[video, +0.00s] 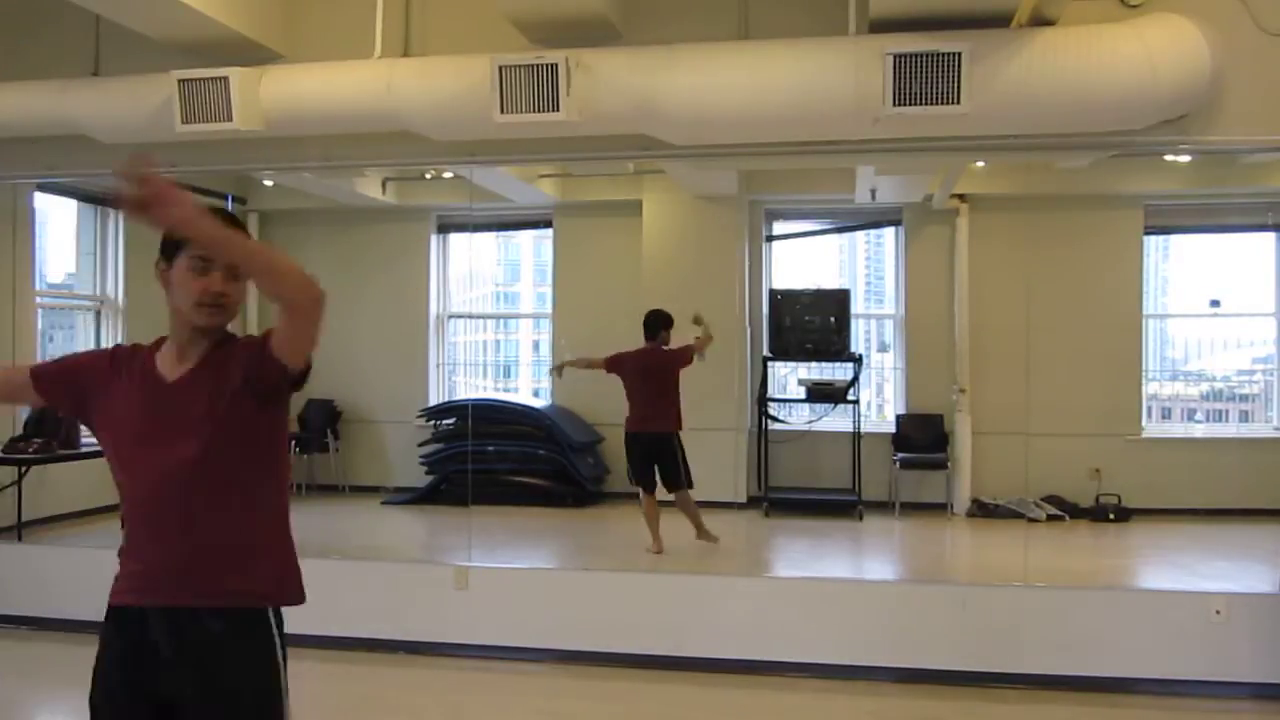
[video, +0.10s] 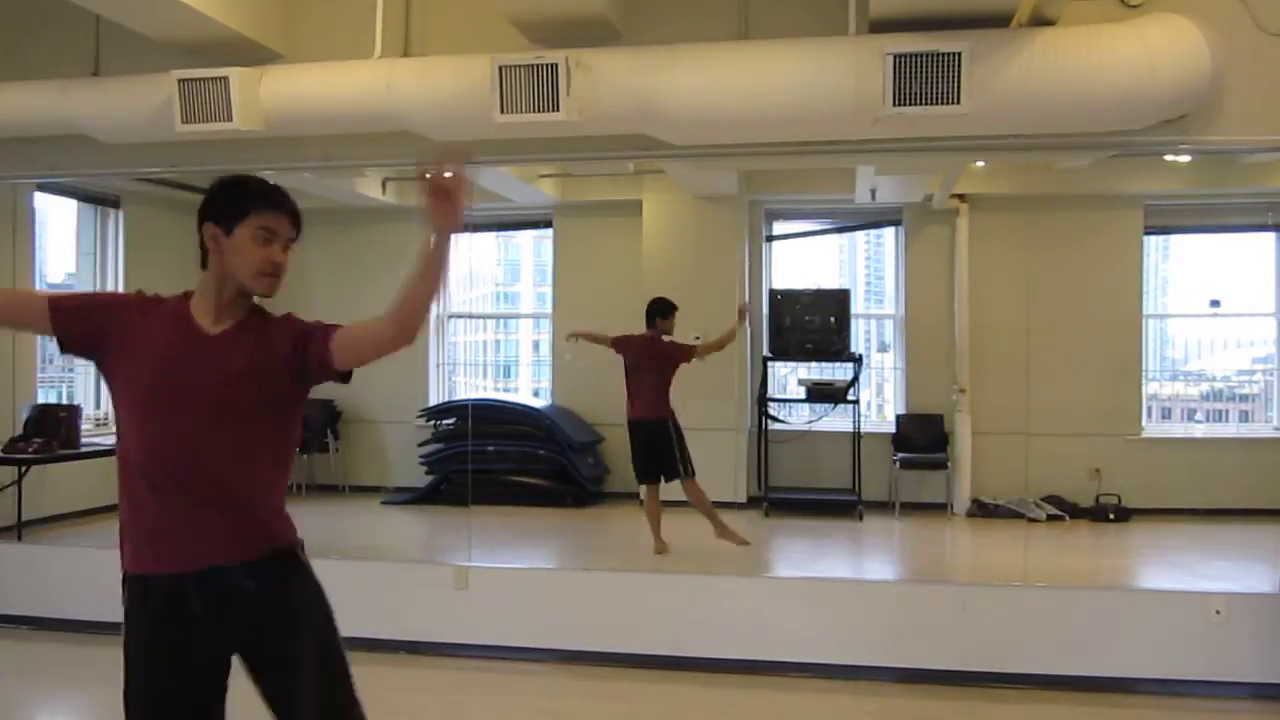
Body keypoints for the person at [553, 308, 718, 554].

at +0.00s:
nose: (671, 335)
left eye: (670, 331)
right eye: (669, 331)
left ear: (645, 332)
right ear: (663, 332)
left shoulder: (627, 359)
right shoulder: (671, 357)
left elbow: (593, 363)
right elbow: (701, 344)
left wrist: (565, 363)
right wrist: (705, 328)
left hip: (636, 434)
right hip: (666, 434)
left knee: (647, 491)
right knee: (679, 489)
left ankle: (656, 542)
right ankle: (701, 529)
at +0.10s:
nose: (674, 322)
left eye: (674, 318)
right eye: (672, 318)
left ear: (650, 319)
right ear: (660, 320)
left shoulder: (629, 343)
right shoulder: (670, 348)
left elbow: (601, 339)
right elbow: (709, 348)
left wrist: (578, 335)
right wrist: (738, 324)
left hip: (637, 422)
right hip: (663, 421)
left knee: (650, 486)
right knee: (687, 478)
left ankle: (657, 541)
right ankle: (719, 527)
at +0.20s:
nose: (674, 322)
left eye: (673, 317)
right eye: (671, 317)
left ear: (652, 320)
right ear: (656, 320)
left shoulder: (633, 337)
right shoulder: (663, 348)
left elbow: (616, 325)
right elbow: (706, 359)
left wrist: (600, 312)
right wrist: (751, 356)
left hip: (644, 416)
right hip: (660, 415)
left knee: (663, 478)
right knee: (682, 469)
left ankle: (659, 542)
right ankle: (715, 516)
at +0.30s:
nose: (671, 332)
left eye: (671, 327)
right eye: (668, 328)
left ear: (653, 329)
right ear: (656, 329)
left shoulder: (640, 344)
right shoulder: (658, 357)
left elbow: (631, 318)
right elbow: (681, 386)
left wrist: (624, 296)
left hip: (654, 417)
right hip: (658, 418)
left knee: (672, 484)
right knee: (672, 466)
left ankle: (659, 549)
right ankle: (697, 505)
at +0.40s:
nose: (664, 328)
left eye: (667, 324)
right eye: (659, 324)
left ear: (669, 325)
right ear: (647, 325)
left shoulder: (659, 345)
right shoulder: (644, 360)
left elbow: (656, 309)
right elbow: (638, 402)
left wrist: (650, 272)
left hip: (670, 418)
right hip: (655, 419)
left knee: (679, 484)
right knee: (665, 463)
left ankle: (660, 545)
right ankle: (673, 508)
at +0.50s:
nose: (659, 324)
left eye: (662, 319)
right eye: (653, 319)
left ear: (666, 319)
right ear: (641, 319)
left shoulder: (667, 336)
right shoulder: (632, 354)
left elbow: (679, 295)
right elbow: (603, 386)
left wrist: (685, 255)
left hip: (673, 414)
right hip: (652, 414)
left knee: (671, 479)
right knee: (651, 474)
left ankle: (662, 541)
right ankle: (648, 538)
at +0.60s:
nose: (649, 316)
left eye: (653, 311)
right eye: (644, 312)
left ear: (658, 314)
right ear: (635, 315)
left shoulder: (668, 337)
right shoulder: (625, 345)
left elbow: (698, 301)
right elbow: (586, 355)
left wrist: (722, 260)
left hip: (668, 418)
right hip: (643, 419)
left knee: (665, 484)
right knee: (634, 483)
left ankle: (662, 542)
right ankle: (620, 547)